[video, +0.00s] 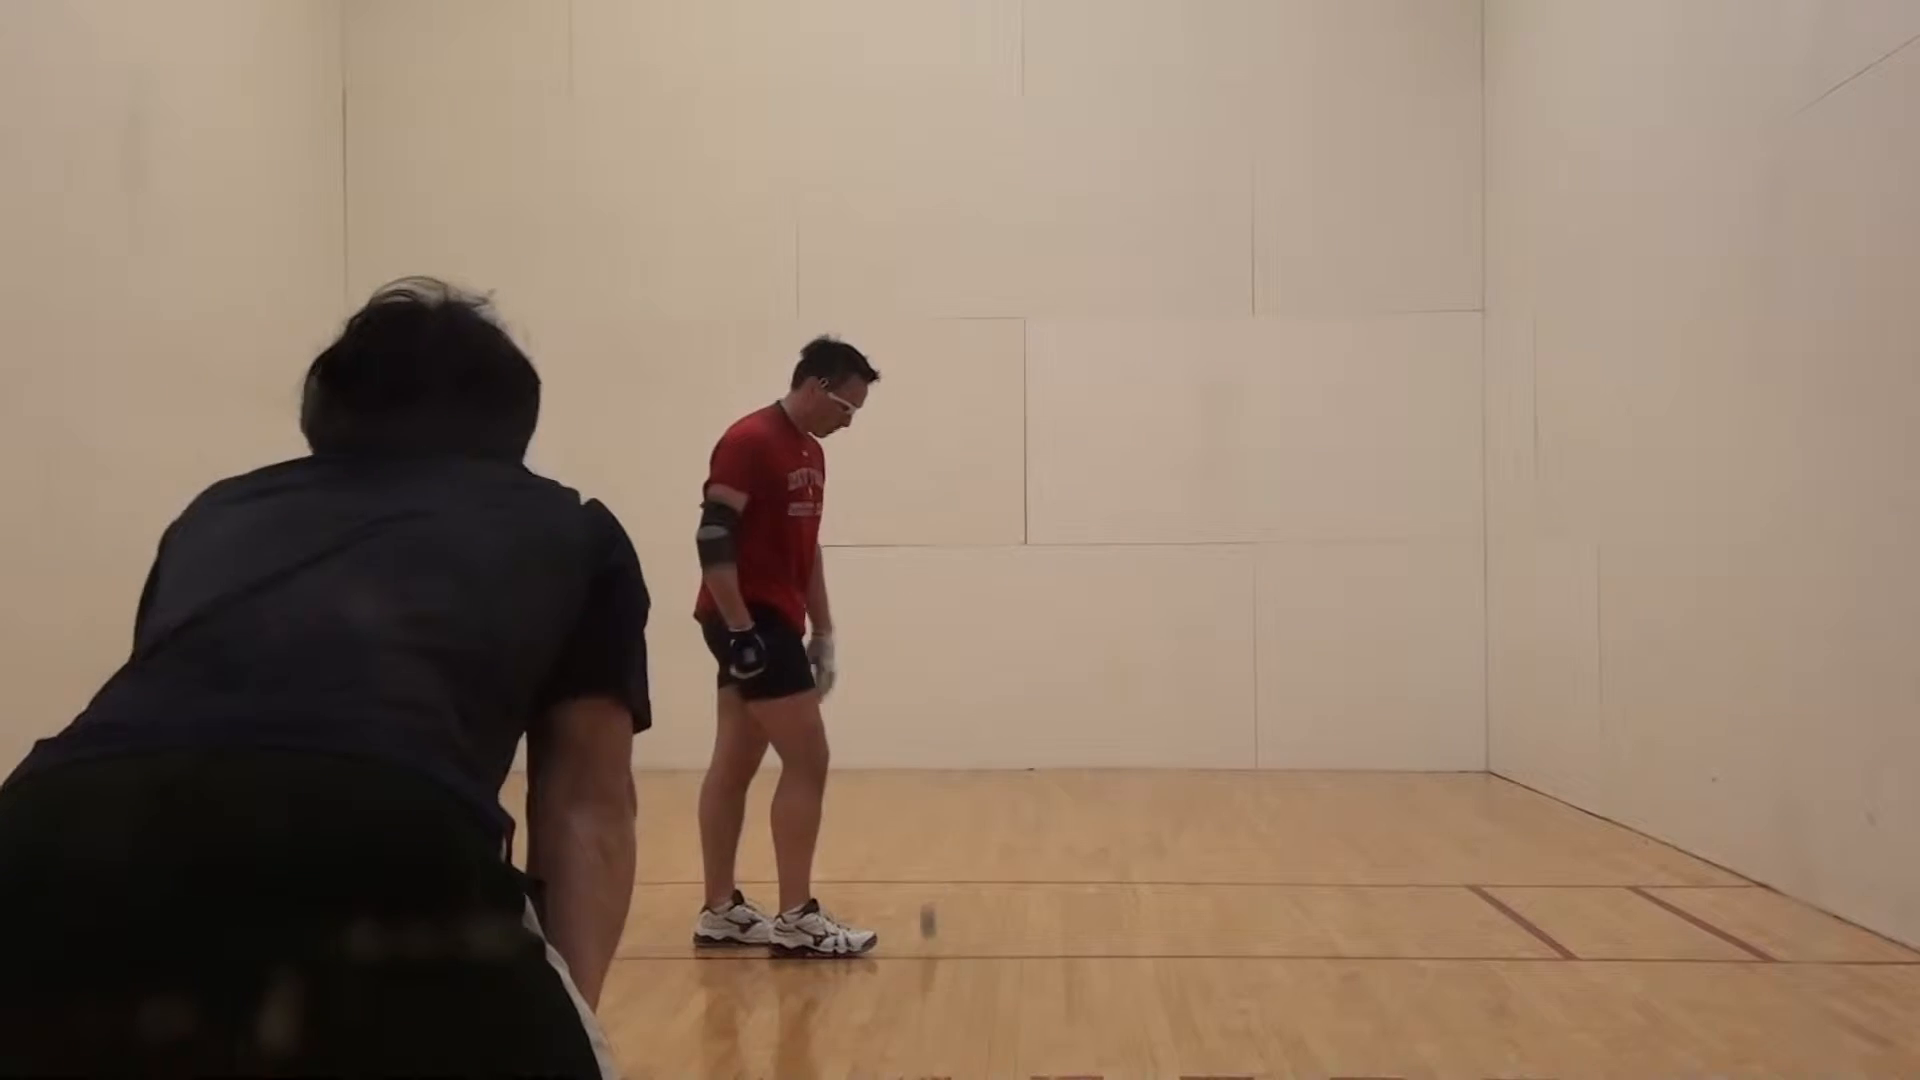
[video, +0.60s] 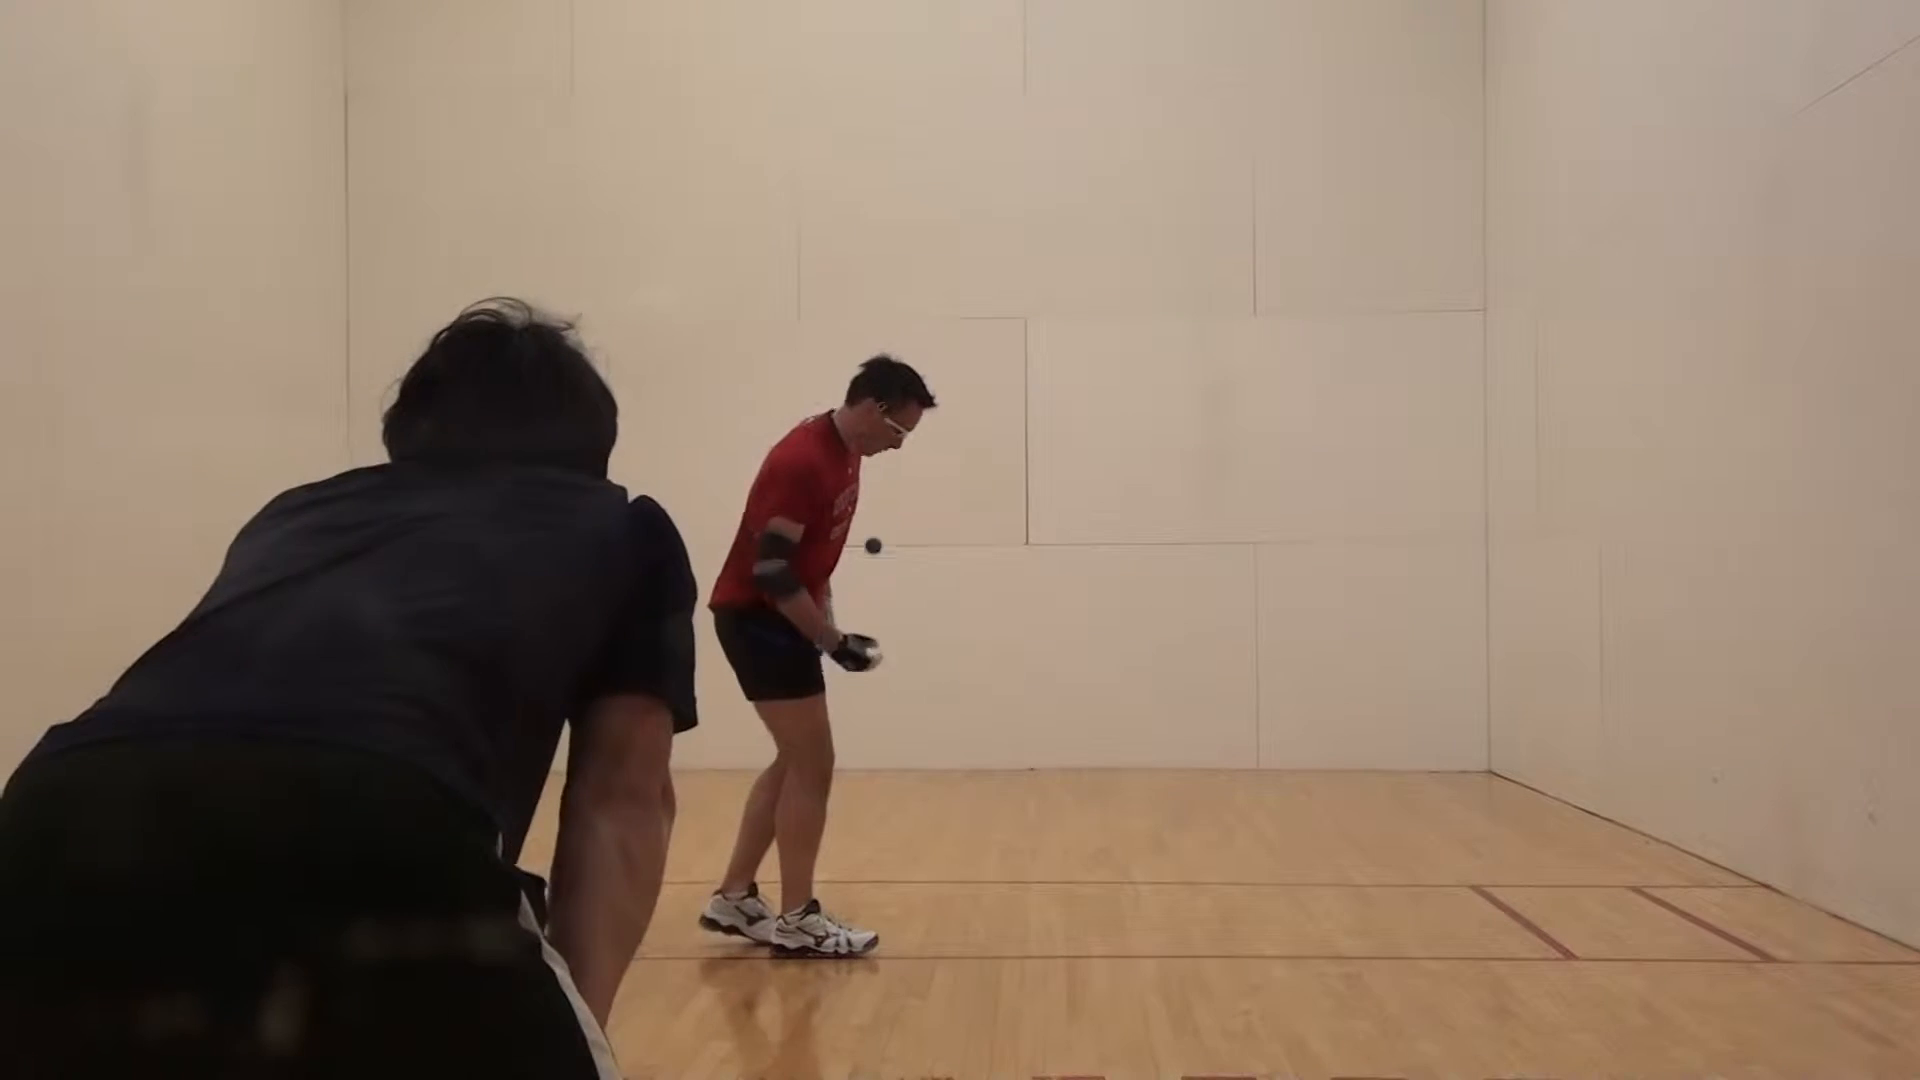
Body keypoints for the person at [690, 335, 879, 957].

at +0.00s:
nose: (849, 418)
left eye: (855, 407)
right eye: (847, 404)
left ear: (822, 393)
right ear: (813, 386)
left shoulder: (809, 451)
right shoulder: (749, 441)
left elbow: (806, 549)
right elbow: (713, 540)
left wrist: (821, 626)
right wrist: (739, 629)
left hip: (770, 624)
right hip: (753, 628)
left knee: (732, 767)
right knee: (806, 760)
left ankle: (719, 908)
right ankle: (796, 914)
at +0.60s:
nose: (899, 442)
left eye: (905, 432)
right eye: (898, 428)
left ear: (872, 411)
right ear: (868, 408)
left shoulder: (841, 451)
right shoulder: (805, 460)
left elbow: (812, 557)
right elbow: (772, 565)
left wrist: (829, 627)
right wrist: (828, 638)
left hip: (776, 615)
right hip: (756, 616)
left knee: (795, 758)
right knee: (812, 761)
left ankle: (733, 895)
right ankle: (797, 914)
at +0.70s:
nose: (903, 448)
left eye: (909, 440)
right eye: (903, 435)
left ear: (879, 416)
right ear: (874, 413)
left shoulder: (843, 456)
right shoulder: (814, 465)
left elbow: (809, 567)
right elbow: (782, 577)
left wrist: (826, 638)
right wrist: (834, 651)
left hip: (771, 613)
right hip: (756, 616)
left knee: (797, 758)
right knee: (812, 761)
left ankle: (734, 895)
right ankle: (796, 914)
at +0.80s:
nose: (909, 454)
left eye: (916, 445)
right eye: (909, 441)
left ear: (884, 422)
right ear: (880, 420)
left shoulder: (847, 456)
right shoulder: (824, 472)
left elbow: (809, 570)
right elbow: (791, 587)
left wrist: (816, 650)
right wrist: (826, 673)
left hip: (763, 610)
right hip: (754, 615)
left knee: (796, 758)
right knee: (813, 759)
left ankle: (734, 895)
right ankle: (796, 914)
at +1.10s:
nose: (931, 494)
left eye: (939, 486)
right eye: (930, 480)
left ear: (903, 457)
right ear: (904, 457)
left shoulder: (856, 466)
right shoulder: (847, 506)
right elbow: (818, 626)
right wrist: (826, 729)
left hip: (746, 614)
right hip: (753, 623)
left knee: (796, 753)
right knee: (811, 757)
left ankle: (736, 894)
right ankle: (798, 914)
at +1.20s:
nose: (939, 516)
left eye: (946, 507)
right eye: (938, 503)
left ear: (908, 481)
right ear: (910, 482)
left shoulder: (861, 483)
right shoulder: (849, 527)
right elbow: (828, 653)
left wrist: (810, 619)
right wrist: (854, 751)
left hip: (745, 624)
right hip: (747, 634)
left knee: (795, 756)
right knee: (815, 760)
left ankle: (723, 888)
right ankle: (799, 915)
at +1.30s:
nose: (939, 548)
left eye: (945, 540)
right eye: (940, 535)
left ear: (912, 510)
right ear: (913, 514)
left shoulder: (864, 505)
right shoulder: (845, 548)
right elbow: (830, 679)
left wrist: (812, 626)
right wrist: (891, 758)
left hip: (735, 633)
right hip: (741, 643)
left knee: (782, 772)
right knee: (818, 764)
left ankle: (689, 872)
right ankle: (799, 916)